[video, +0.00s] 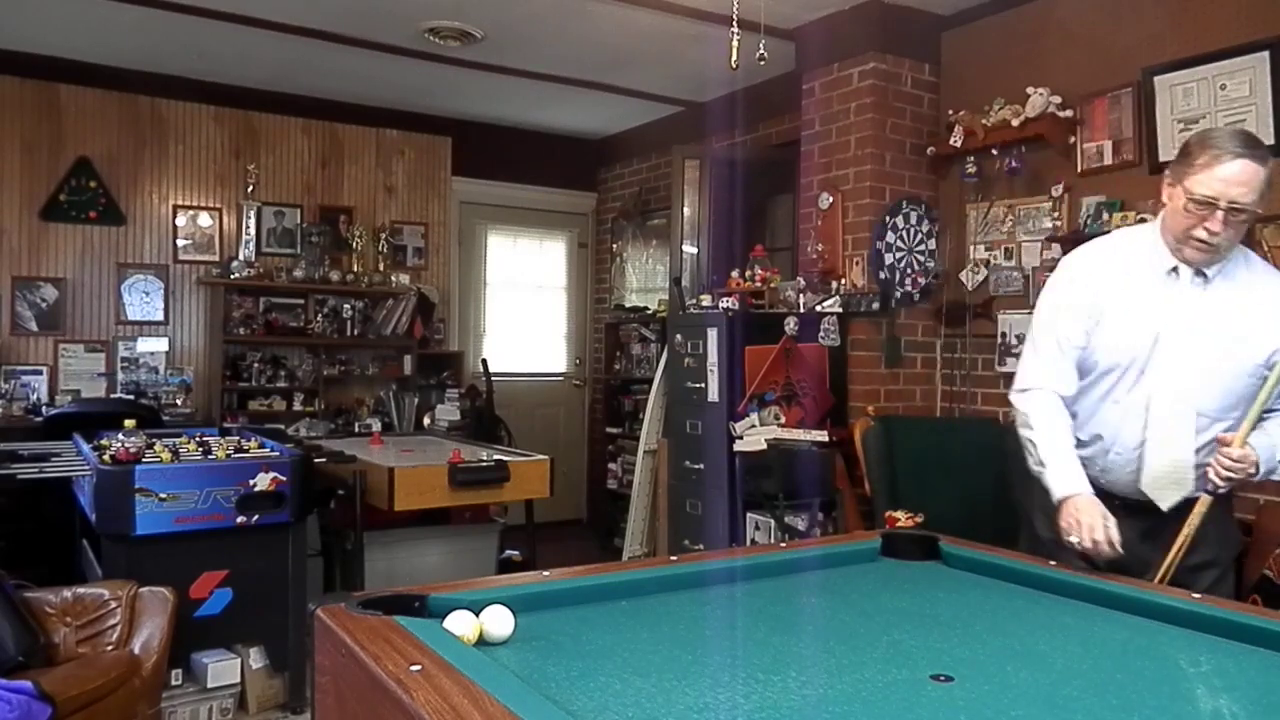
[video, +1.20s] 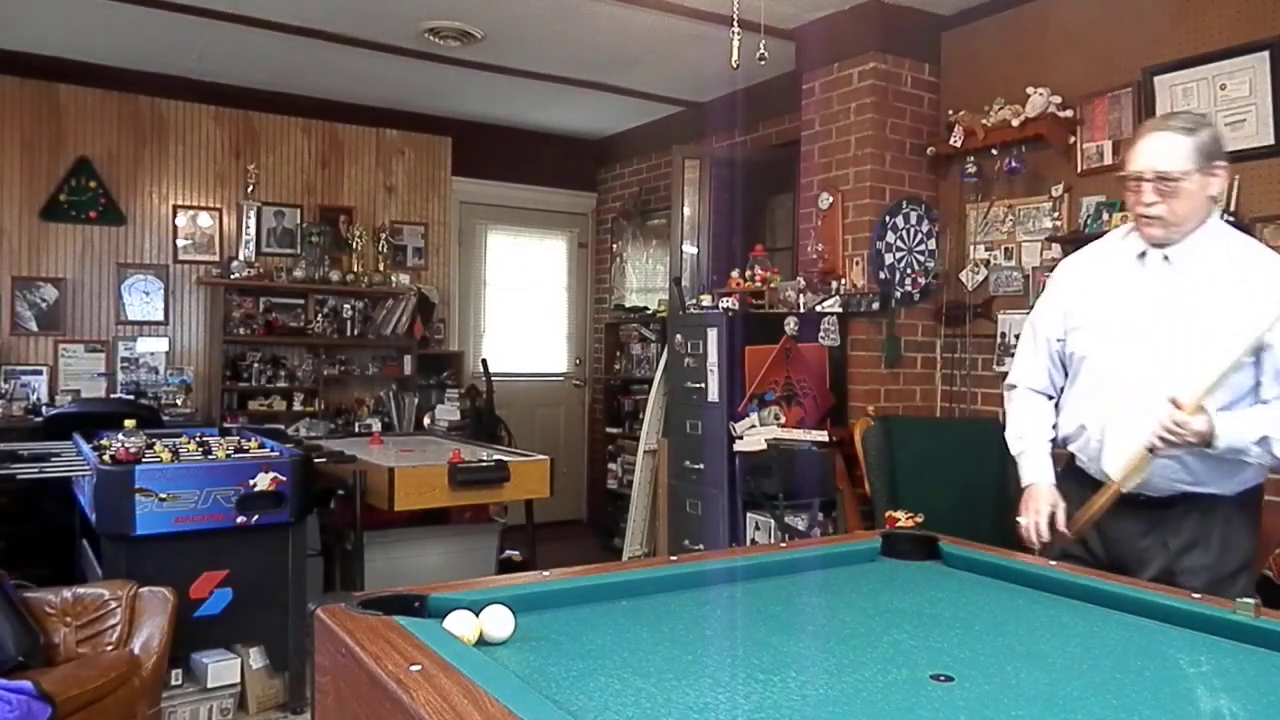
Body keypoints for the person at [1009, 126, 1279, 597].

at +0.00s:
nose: (1216, 225)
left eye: (1237, 213)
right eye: (1203, 203)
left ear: (1255, 216)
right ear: (1169, 191)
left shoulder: (1269, 295)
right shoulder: (1091, 268)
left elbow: (1275, 415)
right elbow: (1037, 389)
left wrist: (1255, 456)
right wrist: (1073, 495)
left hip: (1196, 524)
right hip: (1080, 515)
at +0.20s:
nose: (1243, 244)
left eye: (1265, 231)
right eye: (1231, 220)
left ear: (1277, 233)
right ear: (1193, 200)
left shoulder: (1273, 293)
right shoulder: (1113, 279)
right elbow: (1079, 414)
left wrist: (1268, 462)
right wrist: (1129, 523)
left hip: (1209, 522)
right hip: (1090, 510)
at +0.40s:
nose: (1264, 260)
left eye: (1277, 246)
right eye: (1250, 236)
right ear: (1208, 214)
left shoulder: (1271, 297)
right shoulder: (1128, 289)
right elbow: (1117, 432)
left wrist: (1267, 457)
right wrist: (1179, 541)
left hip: (1207, 520)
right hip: (1097, 510)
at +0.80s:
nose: (1265, 237)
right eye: (1253, 212)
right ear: (1216, 193)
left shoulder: (1273, 290)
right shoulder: (1129, 274)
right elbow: (1064, 404)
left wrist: (1270, 463)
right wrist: (1134, 499)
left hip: (1227, 533)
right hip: (1103, 522)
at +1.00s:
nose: (1212, 211)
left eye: (1238, 198)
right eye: (1202, 190)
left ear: (1270, 206)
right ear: (1179, 185)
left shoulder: (1274, 278)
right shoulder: (1110, 266)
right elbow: (1038, 385)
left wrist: (1270, 452)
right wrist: (1075, 488)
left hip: (1224, 532)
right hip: (1102, 520)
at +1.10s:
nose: (1178, 203)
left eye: (1202, 188)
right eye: (1166, 185)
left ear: (1248, 188)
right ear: (1150, 182)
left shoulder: (1270, 278)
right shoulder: (1094, 269)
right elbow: (1033, 383)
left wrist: (1245, 442)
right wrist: (1051, 482)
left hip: (1213, 530)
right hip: (1094, 518)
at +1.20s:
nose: (1145, 197)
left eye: (1165, 182)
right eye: (1133, 182)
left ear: (1217, 181)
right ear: (1122, 184)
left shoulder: (1263, 277)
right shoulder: (1080, 272)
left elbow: (1275, 413)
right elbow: (1029, 384)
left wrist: (1217, 432)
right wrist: (1037, 480)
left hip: (1203, 526)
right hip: (1083, 515)